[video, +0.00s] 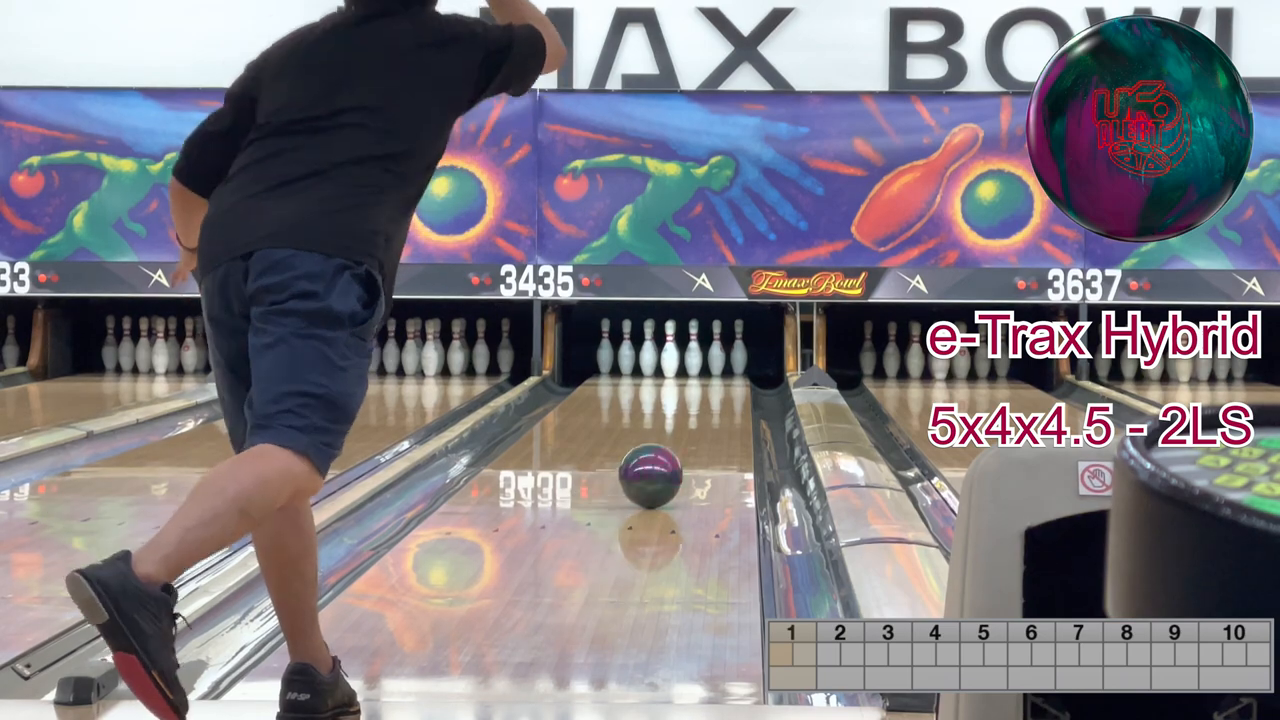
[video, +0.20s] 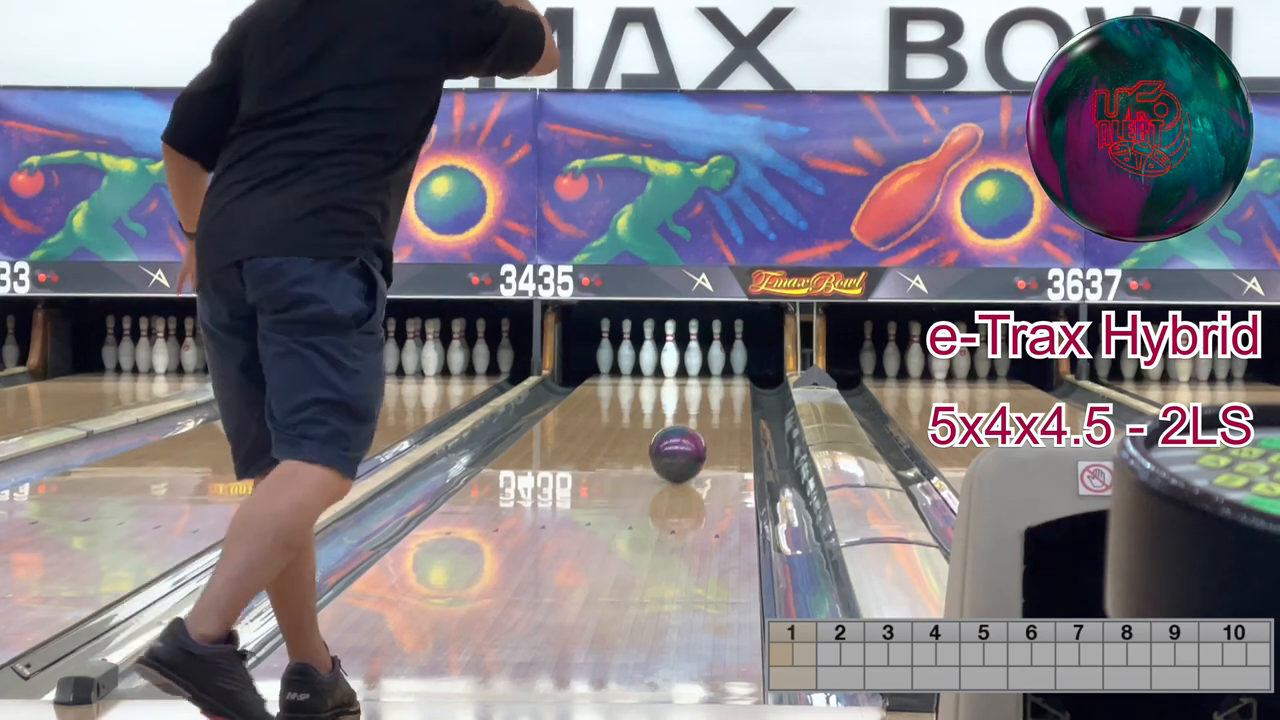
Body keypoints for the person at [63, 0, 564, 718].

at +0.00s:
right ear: (425, 2)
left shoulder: (284, 53)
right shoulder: (444, 39)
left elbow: (193, 174)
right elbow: (546, 49)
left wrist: (201, 257)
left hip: (225, 254)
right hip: (320, 248)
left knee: (276, 468)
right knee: (296, 450)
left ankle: (312, 671)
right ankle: (141, 577)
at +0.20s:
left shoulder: (264, 16)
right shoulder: (431, 9)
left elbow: (183, 140)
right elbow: (541, 52)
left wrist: (199, 241)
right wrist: (507, 4)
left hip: (223, 247)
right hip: (321, 241)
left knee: (276, 469)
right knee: (320, 456)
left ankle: (310, 670)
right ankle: (201, 637)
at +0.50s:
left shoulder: (230, 3)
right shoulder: (411, 4)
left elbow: (183, 140)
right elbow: (479, 115)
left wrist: (201, 257)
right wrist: (486, 55)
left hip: (226, 254)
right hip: (328, 251)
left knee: (274, 471)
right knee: (328, 477)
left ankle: (309, 663)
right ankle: (269, 694)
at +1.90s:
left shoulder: (175, 2)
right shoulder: (385, 2)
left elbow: (143, 123)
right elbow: (410, 129)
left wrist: (152, 252)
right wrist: (445, 260)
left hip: (193, 257)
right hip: (310, 265)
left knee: (194, 451)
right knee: (289, 484)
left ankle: (172, 671)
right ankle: (271, 696)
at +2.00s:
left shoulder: (177, 1)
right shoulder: (386, 3)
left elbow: (146, 124)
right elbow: (414, 130)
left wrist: (157, 252)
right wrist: (450, 260)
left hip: (191, 259)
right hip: (310, 267)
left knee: (193, 451)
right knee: (289, 483)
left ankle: (171, 670)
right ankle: (271, 695)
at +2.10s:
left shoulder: (181, 0)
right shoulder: (390, 3)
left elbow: (150, 125)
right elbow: (419, 133)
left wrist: (163, 254)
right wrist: (456, 260)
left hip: (193, 259)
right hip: (312, 267)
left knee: (193, 452)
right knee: (287, 483)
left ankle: (173, 670)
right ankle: (272, 695)